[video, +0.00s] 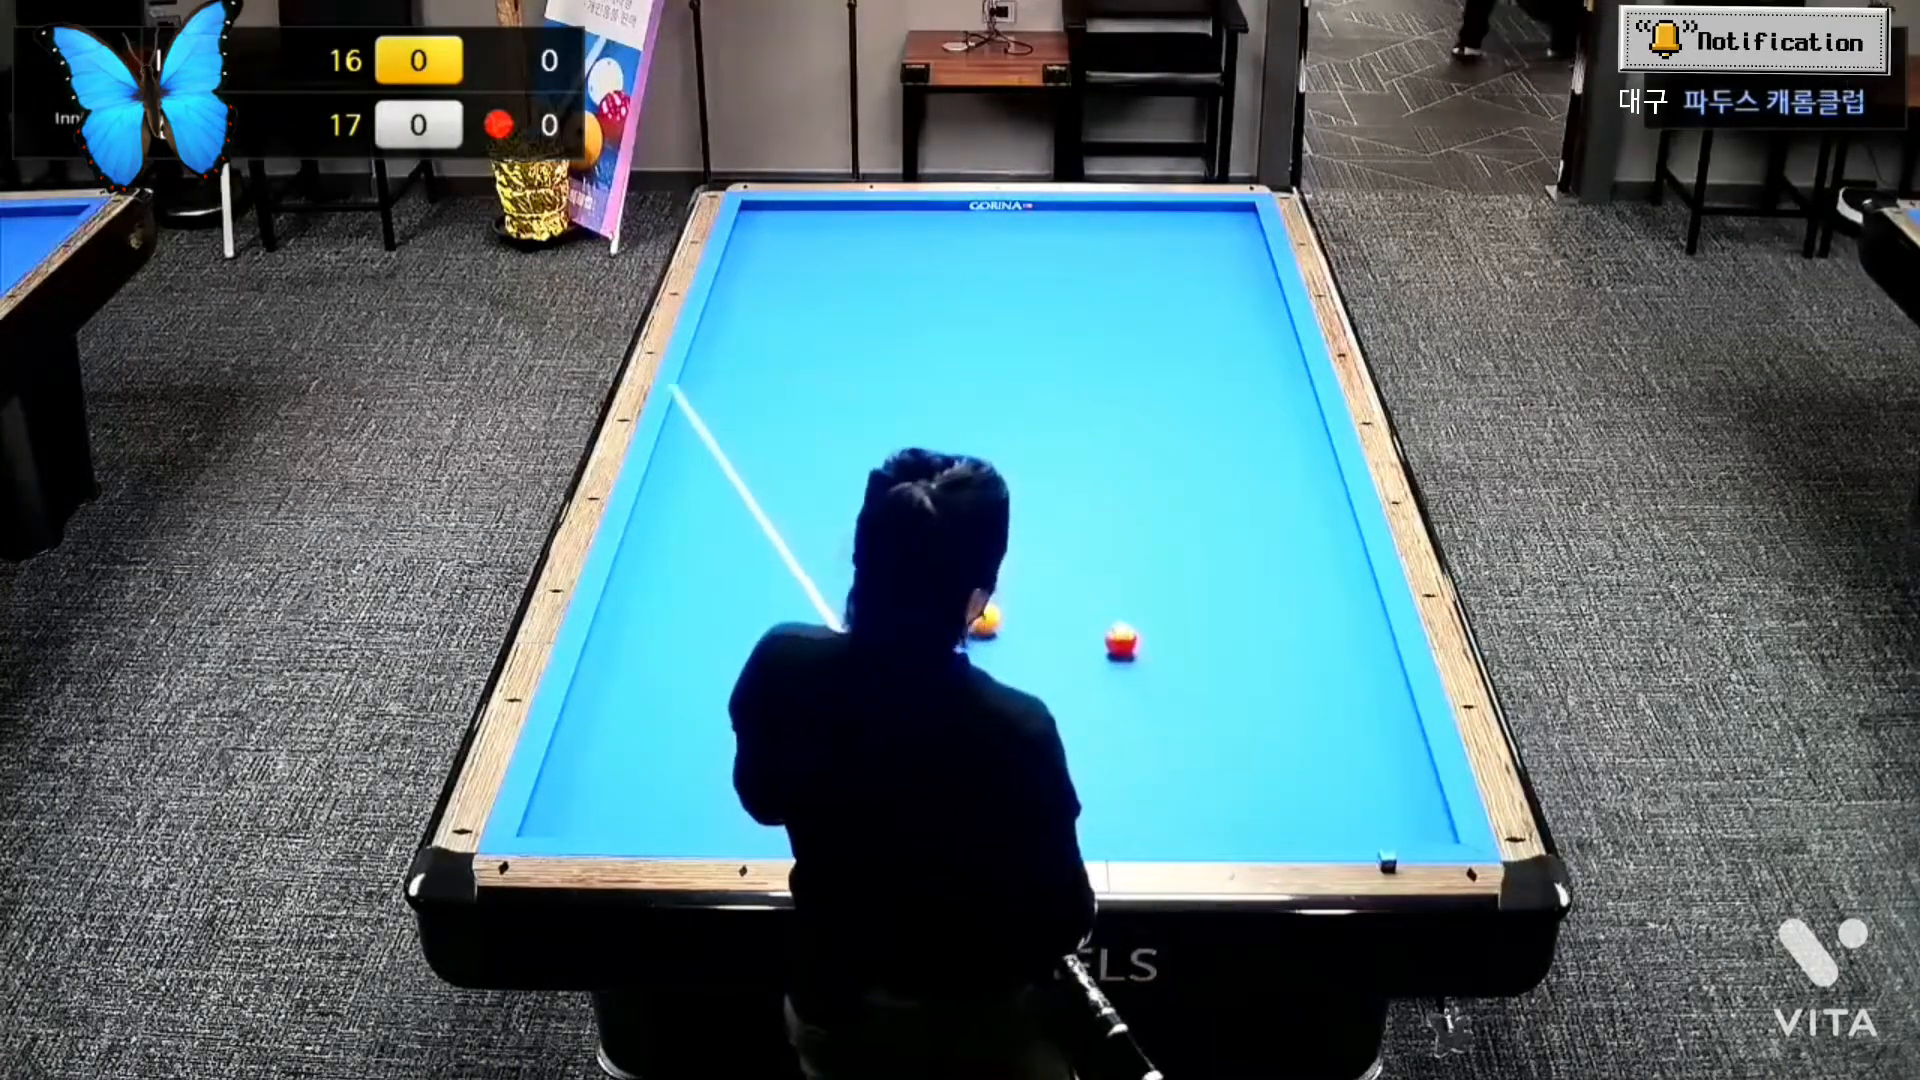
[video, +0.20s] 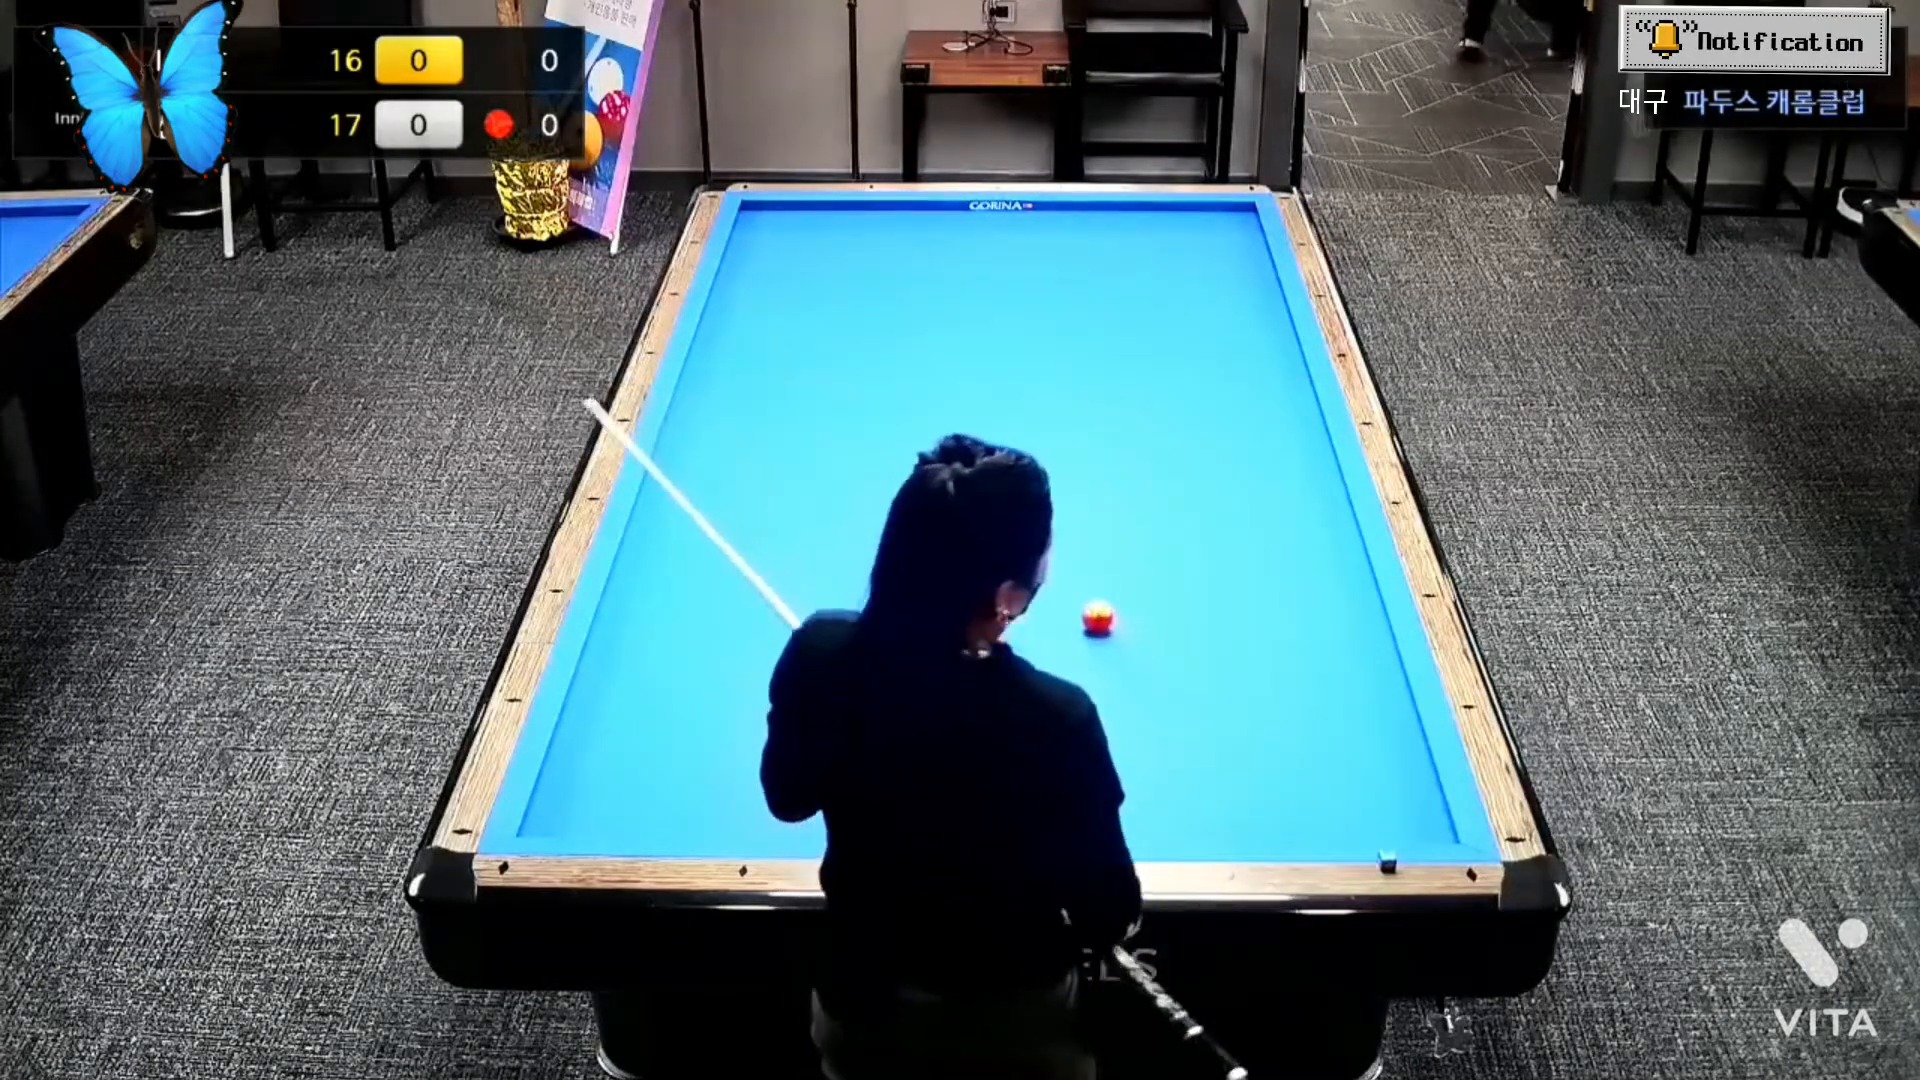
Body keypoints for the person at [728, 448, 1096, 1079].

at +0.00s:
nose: (990, 589)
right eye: (989, 573)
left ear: (863, 559)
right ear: (975, 587)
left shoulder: (786, 665)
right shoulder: (1019, 728)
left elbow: (764, 801)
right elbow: (1064, 913)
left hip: (834, 1008)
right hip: (983, 1016)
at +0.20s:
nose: (1029, 598)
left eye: (1035, 574)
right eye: (1033, 573)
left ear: (911, 552)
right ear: (1002, 589)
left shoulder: (823, 655)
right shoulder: (1056, 717)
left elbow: (788, 798)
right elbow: (1110, 910)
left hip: (863, 1003)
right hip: (1019, 1010)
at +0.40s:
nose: (1123, 575)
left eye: (1126, 553)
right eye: (1123, 554)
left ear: (1000, 535)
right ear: (1094, 573)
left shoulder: (902, 647)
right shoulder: (1139, 700)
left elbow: (836, 811)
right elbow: (1211, 888)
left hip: (917, 1007)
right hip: (1075, 1012)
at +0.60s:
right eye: (1210, 517)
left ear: (1087, 515)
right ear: (1205, 532)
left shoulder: (997, 640)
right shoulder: (1230, 683)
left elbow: (932, 822)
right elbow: (1290, 822)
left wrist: (881, 800)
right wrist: (1347, 854)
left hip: (978, 997)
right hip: (1141, 1001)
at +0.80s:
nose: (1110, 517)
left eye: (1113, 499)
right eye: (1117, 498)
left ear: (1126, 515)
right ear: (1231, 508)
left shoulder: (1047, 636)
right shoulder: (1264, 648)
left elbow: (991, 825)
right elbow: (1312, 788)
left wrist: (905, 822)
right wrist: (1368, 844)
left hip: (1026, 990)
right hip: (1178, 989)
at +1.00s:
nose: (1108, 523)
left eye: (1112, 503)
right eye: (1113, 500)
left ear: (1125, 524)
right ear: (1225, 516)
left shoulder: (1056, 643)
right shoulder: (1263, 645)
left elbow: (995, 836)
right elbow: (1300, 795)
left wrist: (874, 822)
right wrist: (1351, 848)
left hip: (1034, 988)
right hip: (1185, 985)